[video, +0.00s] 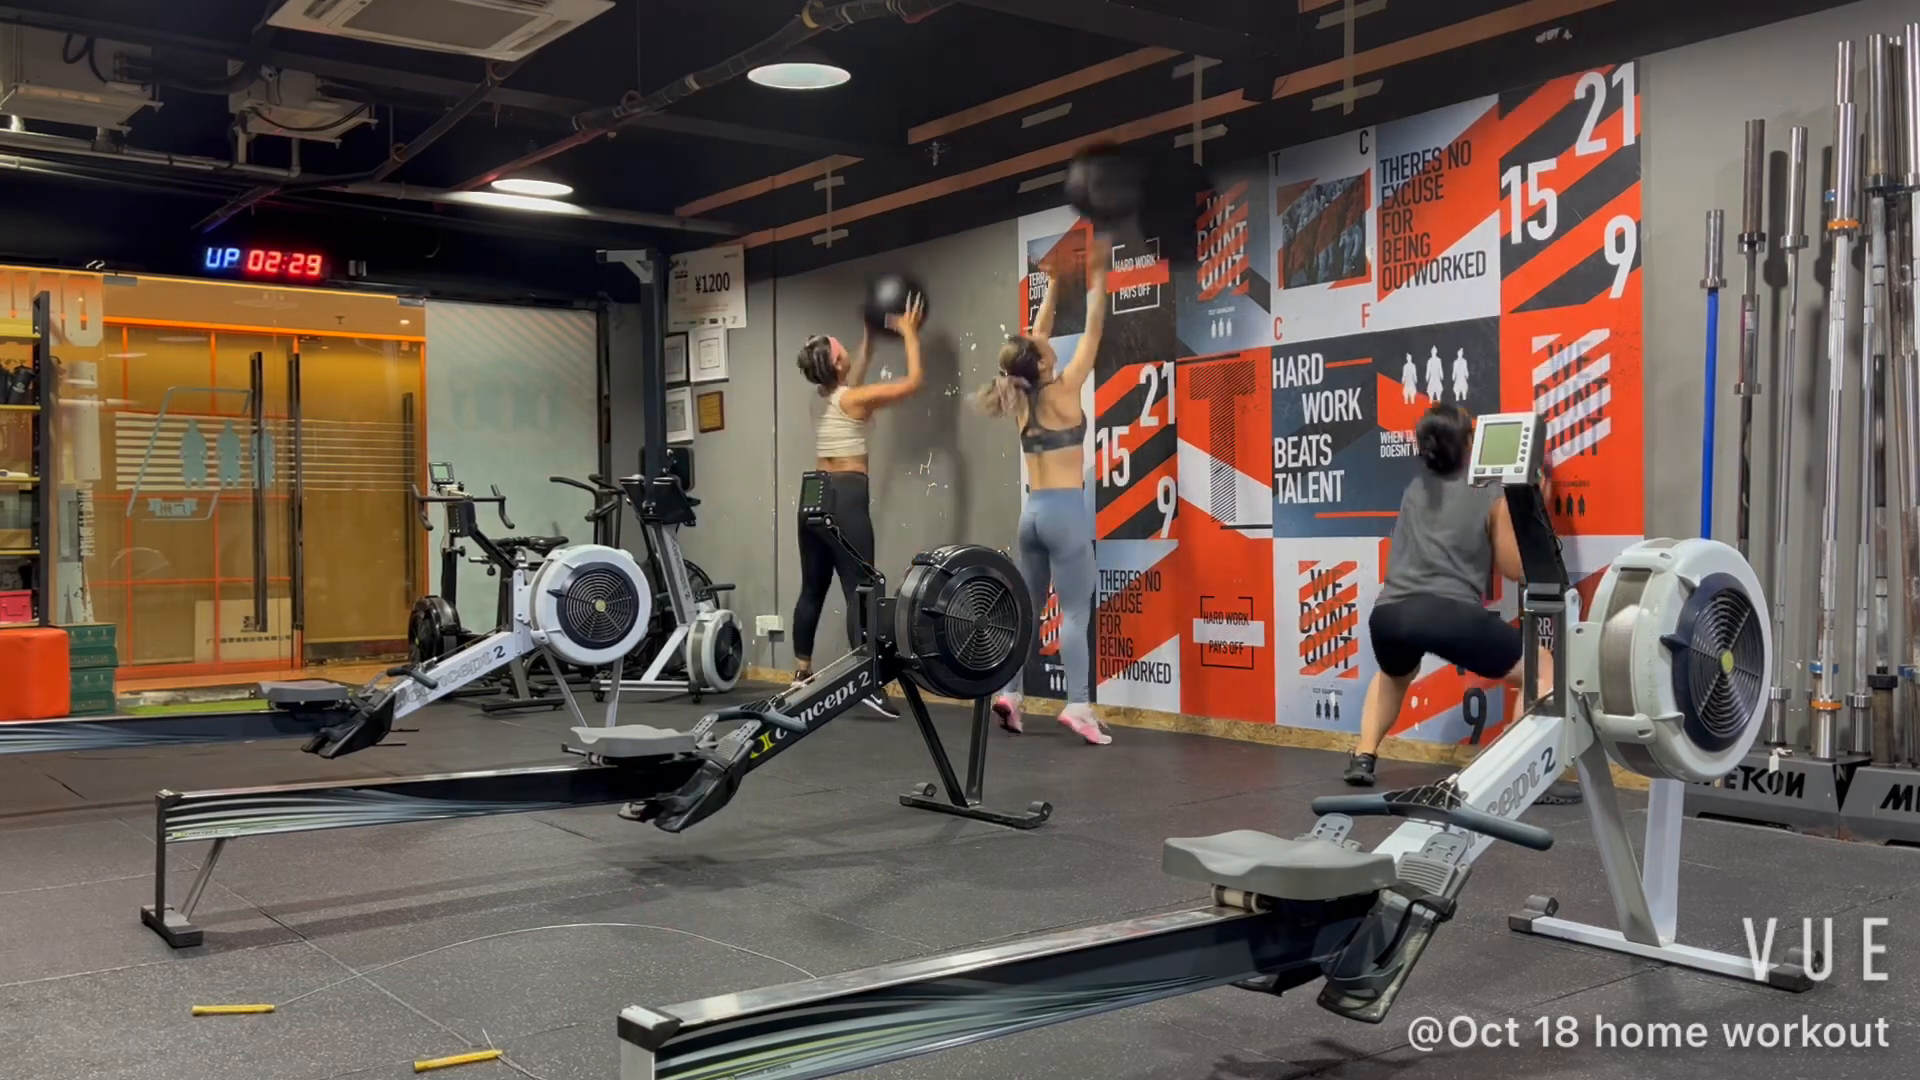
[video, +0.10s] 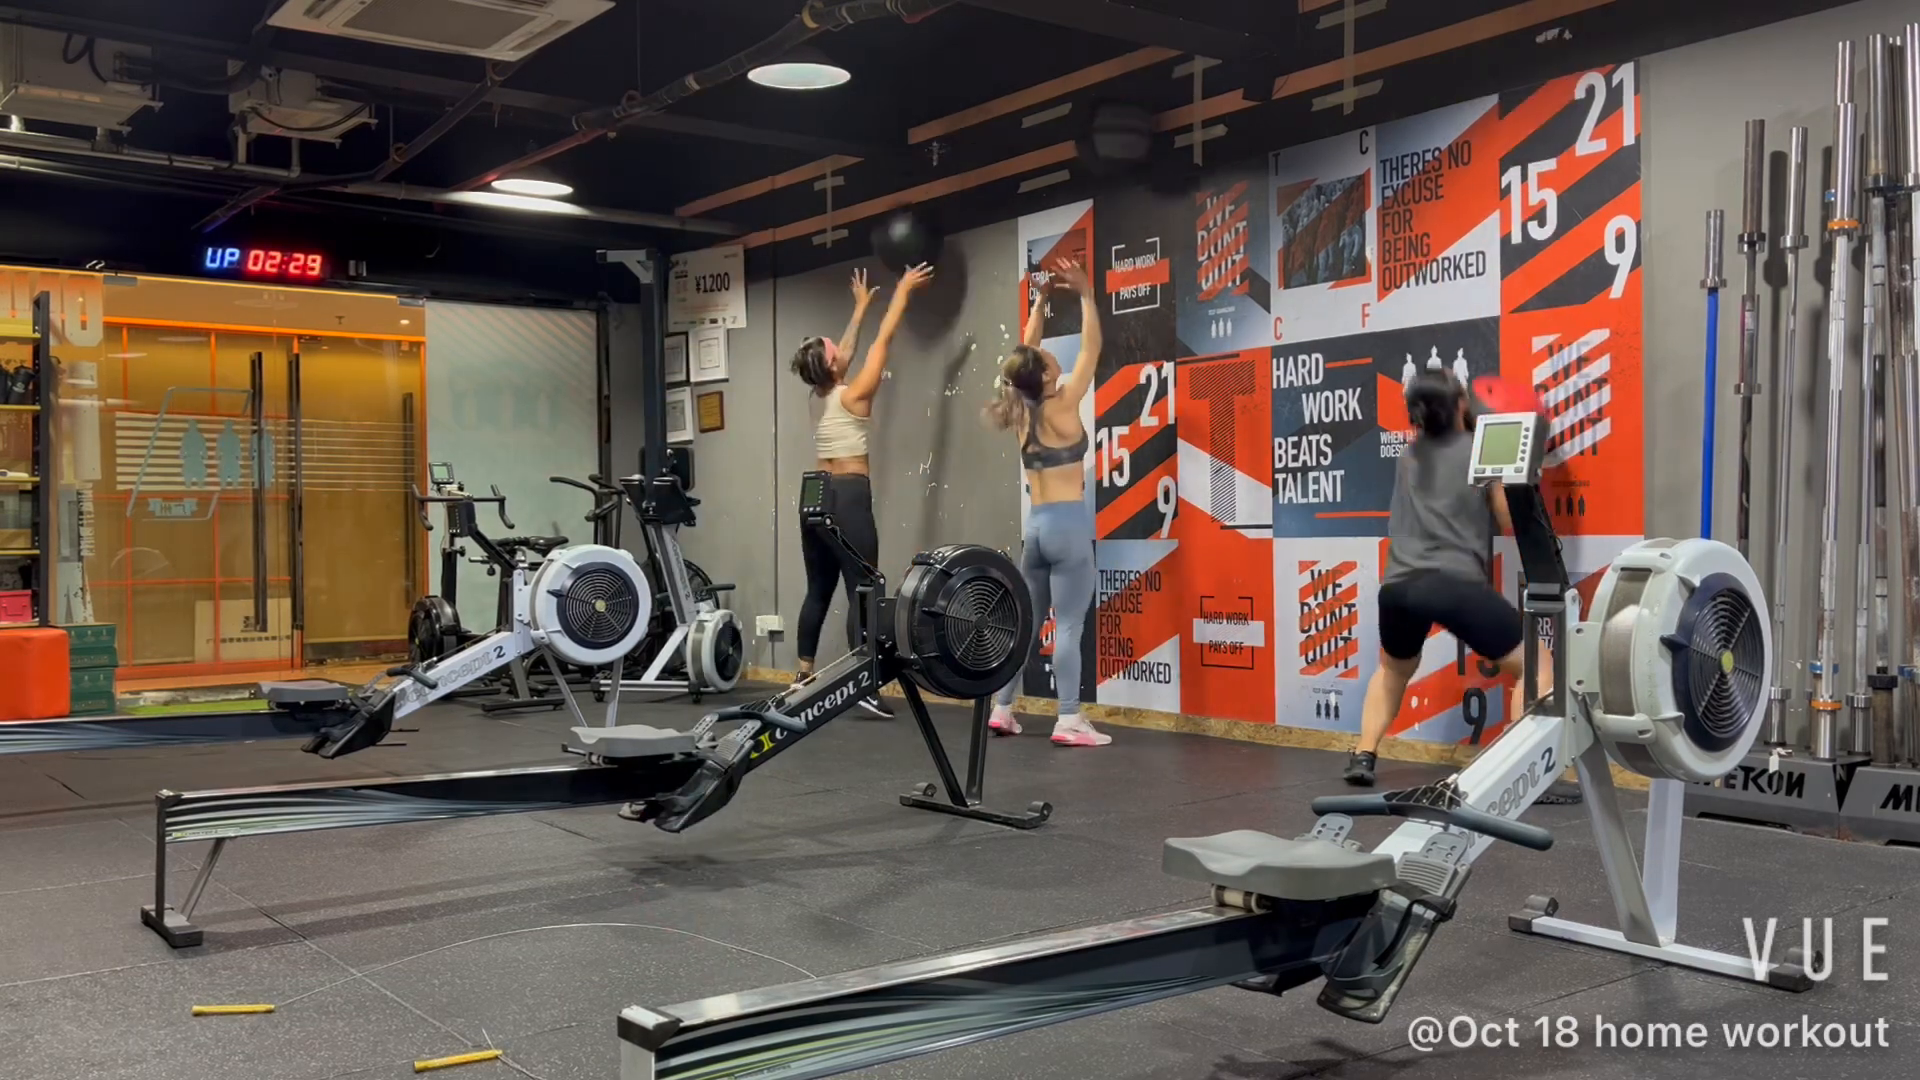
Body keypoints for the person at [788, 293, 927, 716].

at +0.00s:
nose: (846, 351)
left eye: (840, 348)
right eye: (841, 350)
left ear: (822, 371)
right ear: (838, 365)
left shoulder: (825, 400)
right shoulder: (853, 398)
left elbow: (856, 381)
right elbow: (913, 382)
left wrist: (871, 339)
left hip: (814, 497)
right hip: (846, 498)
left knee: (812, 587)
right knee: (859, 588)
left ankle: (802, 674)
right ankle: (867, 680)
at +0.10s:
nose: (837, 342)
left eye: (832, 341)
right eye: (833, 344)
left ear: (823, 370)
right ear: (832, 364)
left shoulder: (821, 394)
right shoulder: (856, 393)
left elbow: (839, 354)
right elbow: (886, 337)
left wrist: (859, 308)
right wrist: (904, 290)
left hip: (817, 494)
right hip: (849, 494)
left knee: (817, 590)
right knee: (861, 590)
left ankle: (804, 676)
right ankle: (863, 685)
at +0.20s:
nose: (837, 363)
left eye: (833, 362)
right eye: (833, 363)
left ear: (816, 384)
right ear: (829, 380)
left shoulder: (818, 412)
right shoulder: (851, 405)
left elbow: (833, 359)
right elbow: (873, 350)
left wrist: (850, 317)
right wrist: (881, 297)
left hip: (821, 513)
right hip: (854, 513)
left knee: (821, 605)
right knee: (862, 603)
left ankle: (803, 690)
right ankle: (855, 695)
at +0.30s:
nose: (835, 366)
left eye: (831, 364)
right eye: (830, 366)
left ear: (811, 387)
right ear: (824, 382)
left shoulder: (807, 417)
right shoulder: (842, 414)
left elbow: (827, 373)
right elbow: (869, 359)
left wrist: (848, 334)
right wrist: (879, 309)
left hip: (820, 512)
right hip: (852, 513)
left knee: (818, 609)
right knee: (861, 608)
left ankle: (800, 694)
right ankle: (854, 697)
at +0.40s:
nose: (829, 367)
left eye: (824, 363)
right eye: (824, 365)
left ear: (801, 385)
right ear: (818, 380)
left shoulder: (799, 417)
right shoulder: (835, 410)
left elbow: (826, 388)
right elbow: (872, 361)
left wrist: (850, 357)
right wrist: (887, 313)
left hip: (815, 510)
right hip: (847, 507)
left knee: (817, 607)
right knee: (859, 604)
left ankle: (801, 694)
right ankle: (855, 695)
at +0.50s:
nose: (824, 368)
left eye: (819, 364)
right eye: (819, 366)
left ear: (800, 386)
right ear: (813, 380)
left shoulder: (799, 420)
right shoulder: (828, 412)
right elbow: (872, 367)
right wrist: (893, 316)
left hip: (809, 515)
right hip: (839, 512)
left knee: (808, 612)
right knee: (854, 608)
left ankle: (800, 695)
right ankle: (853, 697)